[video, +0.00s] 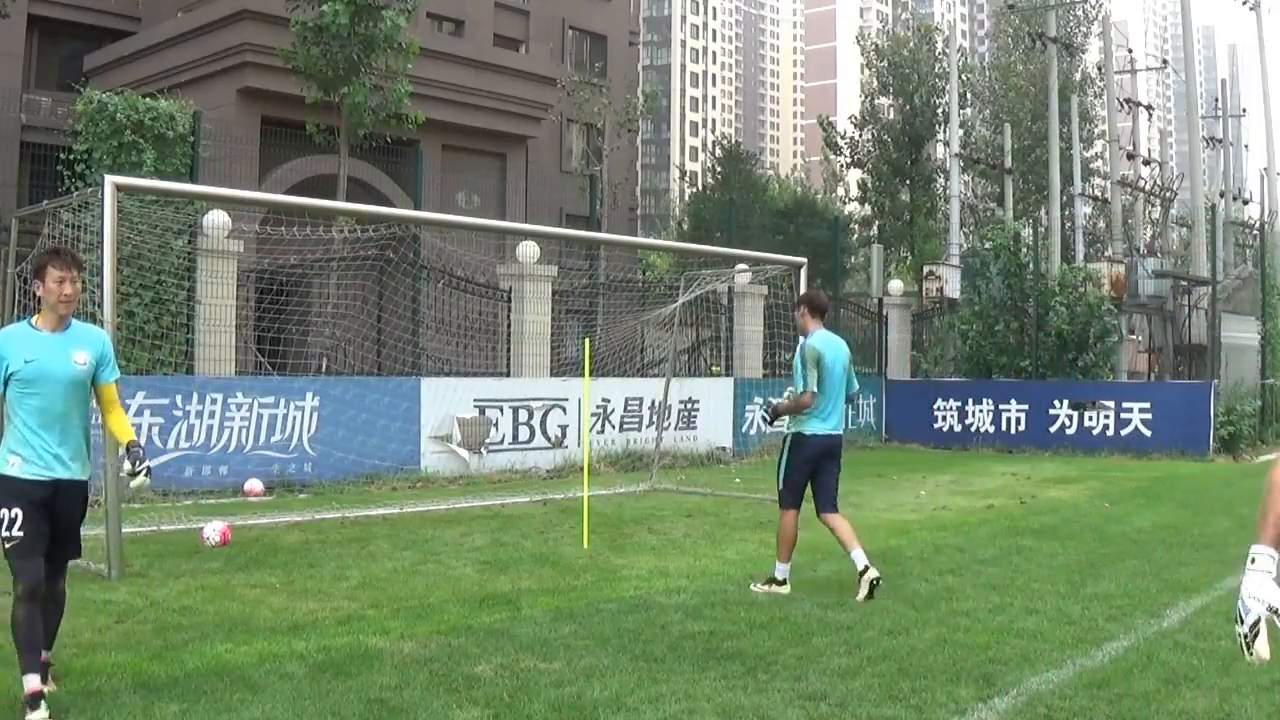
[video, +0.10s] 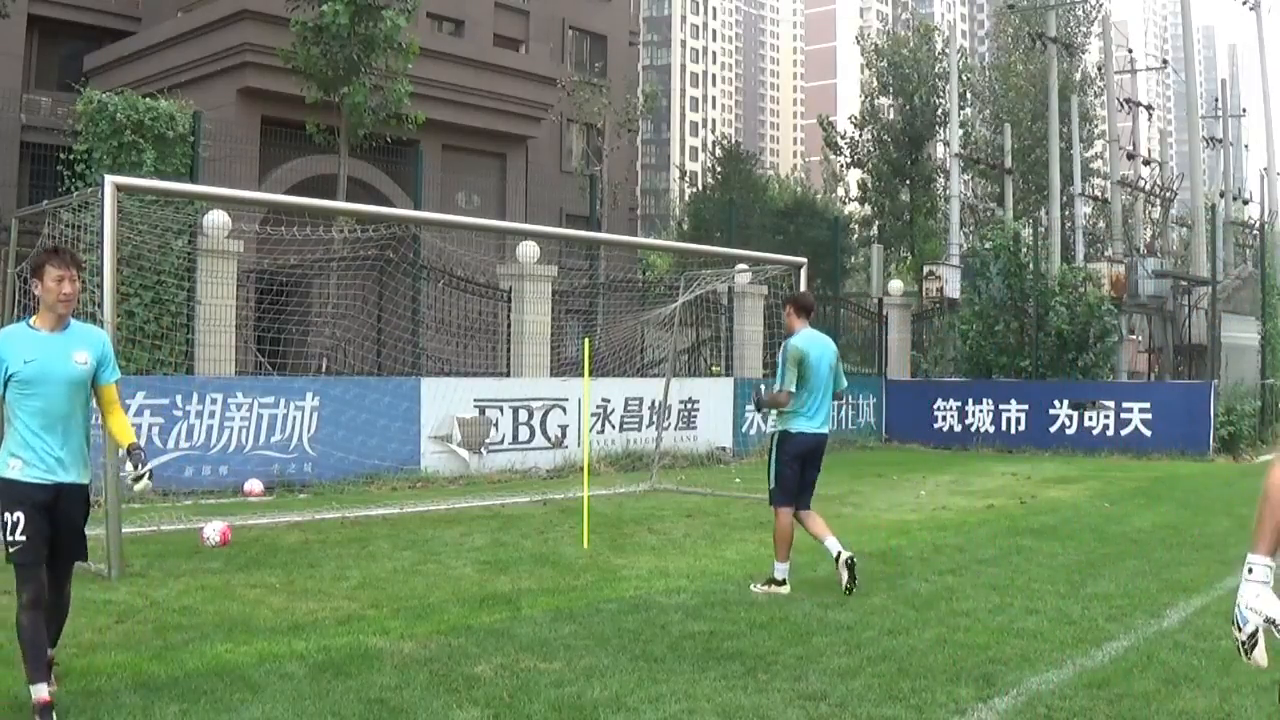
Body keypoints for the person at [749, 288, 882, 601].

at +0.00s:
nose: (796, 317)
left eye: (797, 312)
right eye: (797, 312)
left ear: (804, 311)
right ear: (824, 314)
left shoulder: (809, 345)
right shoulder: (840, 345)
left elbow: (807, 399)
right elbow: (850, 392)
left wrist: (778, 409)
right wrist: (804, 399)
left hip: (804, 438)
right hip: (832, 438)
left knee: (789, 506)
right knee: (828, 510)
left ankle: (779, 578)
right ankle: (865, 569)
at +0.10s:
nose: (784, 317)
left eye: (784, 312)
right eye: (785, 312)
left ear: (791, 312)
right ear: (811, 314)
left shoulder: (793, 345)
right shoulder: (828, 343)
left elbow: (783, 398)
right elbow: (839, 392)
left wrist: (763, 399)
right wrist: (804, 392)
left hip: (791, 435)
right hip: (818, 436)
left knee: (783, 507)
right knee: (802, 508)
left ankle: (779, 579)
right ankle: (840, 554)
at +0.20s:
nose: (765, 316)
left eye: (766, 311)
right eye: (767, 311)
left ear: (772, 310)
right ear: (793, 311)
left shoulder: (773, 343)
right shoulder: (811, 342)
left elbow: (754, 391)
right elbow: (822, 391)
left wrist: (754, 393)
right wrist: (789, 389)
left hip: (776, 432)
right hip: (801, 432)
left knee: (775, 502)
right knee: (765, 493)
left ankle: (780, 577)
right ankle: (793, 549)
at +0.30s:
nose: (755, 318)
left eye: (755, 313)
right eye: (756, 313)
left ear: (761, 311)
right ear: (781, 313)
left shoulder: (759, 343)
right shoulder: (799, 342)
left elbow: (731, 389)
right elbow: (812, 391)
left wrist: (747, 385)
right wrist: (783, 387)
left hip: (764, 432)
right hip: (789, 433)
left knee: (770, 503)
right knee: (747, 489)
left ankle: (779, 577)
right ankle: (760, 557)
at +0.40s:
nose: (737, 321)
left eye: (738, 316)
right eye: (739, 316)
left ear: (744, 315)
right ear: (764, 317)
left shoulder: (741, 345)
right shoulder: (782, 347)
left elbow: (707, 386)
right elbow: (793, 393)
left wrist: (734, 386)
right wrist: (763, 388)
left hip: (747, 435)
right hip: (772, 435)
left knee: (759, 504)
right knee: (737, 499)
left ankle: (777, 578)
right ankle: (714, 562)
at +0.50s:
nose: (728, 323)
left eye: (729, 318)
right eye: (731, 319)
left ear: (735, 319)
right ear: (754, 320)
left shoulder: (728, 347)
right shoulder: (769, 349)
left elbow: (696, 386)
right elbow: (779, 395)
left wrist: (719, 386)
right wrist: (749, 390)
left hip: (734, 436)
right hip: (759, 437)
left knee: (747, 505)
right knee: (727, 501)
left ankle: (775, 574)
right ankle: (709, 567)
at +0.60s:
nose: (714, 323)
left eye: (715, 319)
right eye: (716, 319)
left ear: (721, 319)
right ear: (738, 320)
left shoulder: (714, 344)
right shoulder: (753, 349)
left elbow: (683, 384)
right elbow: (759, 397)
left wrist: (705, 384)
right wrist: (728, 391)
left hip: (715, 436)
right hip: (740, 436)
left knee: (708, 505)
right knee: (719, 503)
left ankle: (750, 556)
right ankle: (707, 566)